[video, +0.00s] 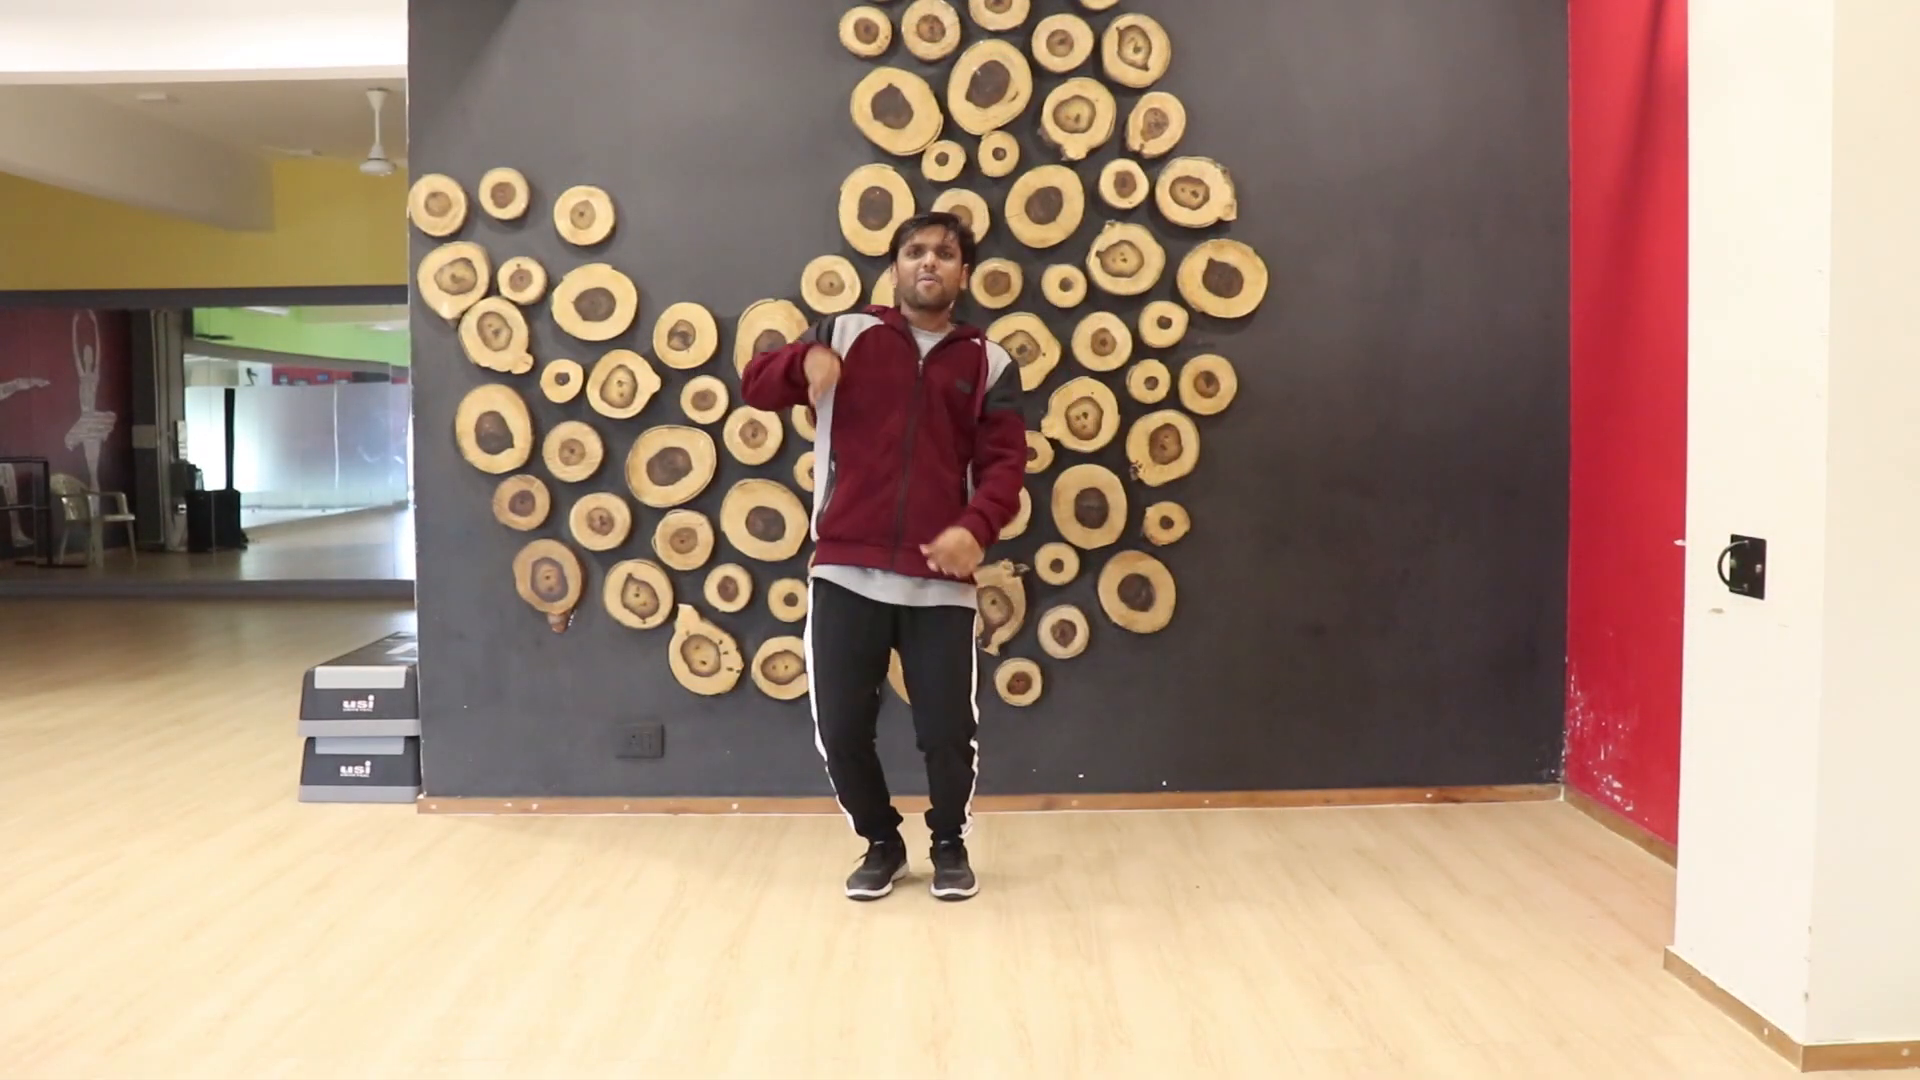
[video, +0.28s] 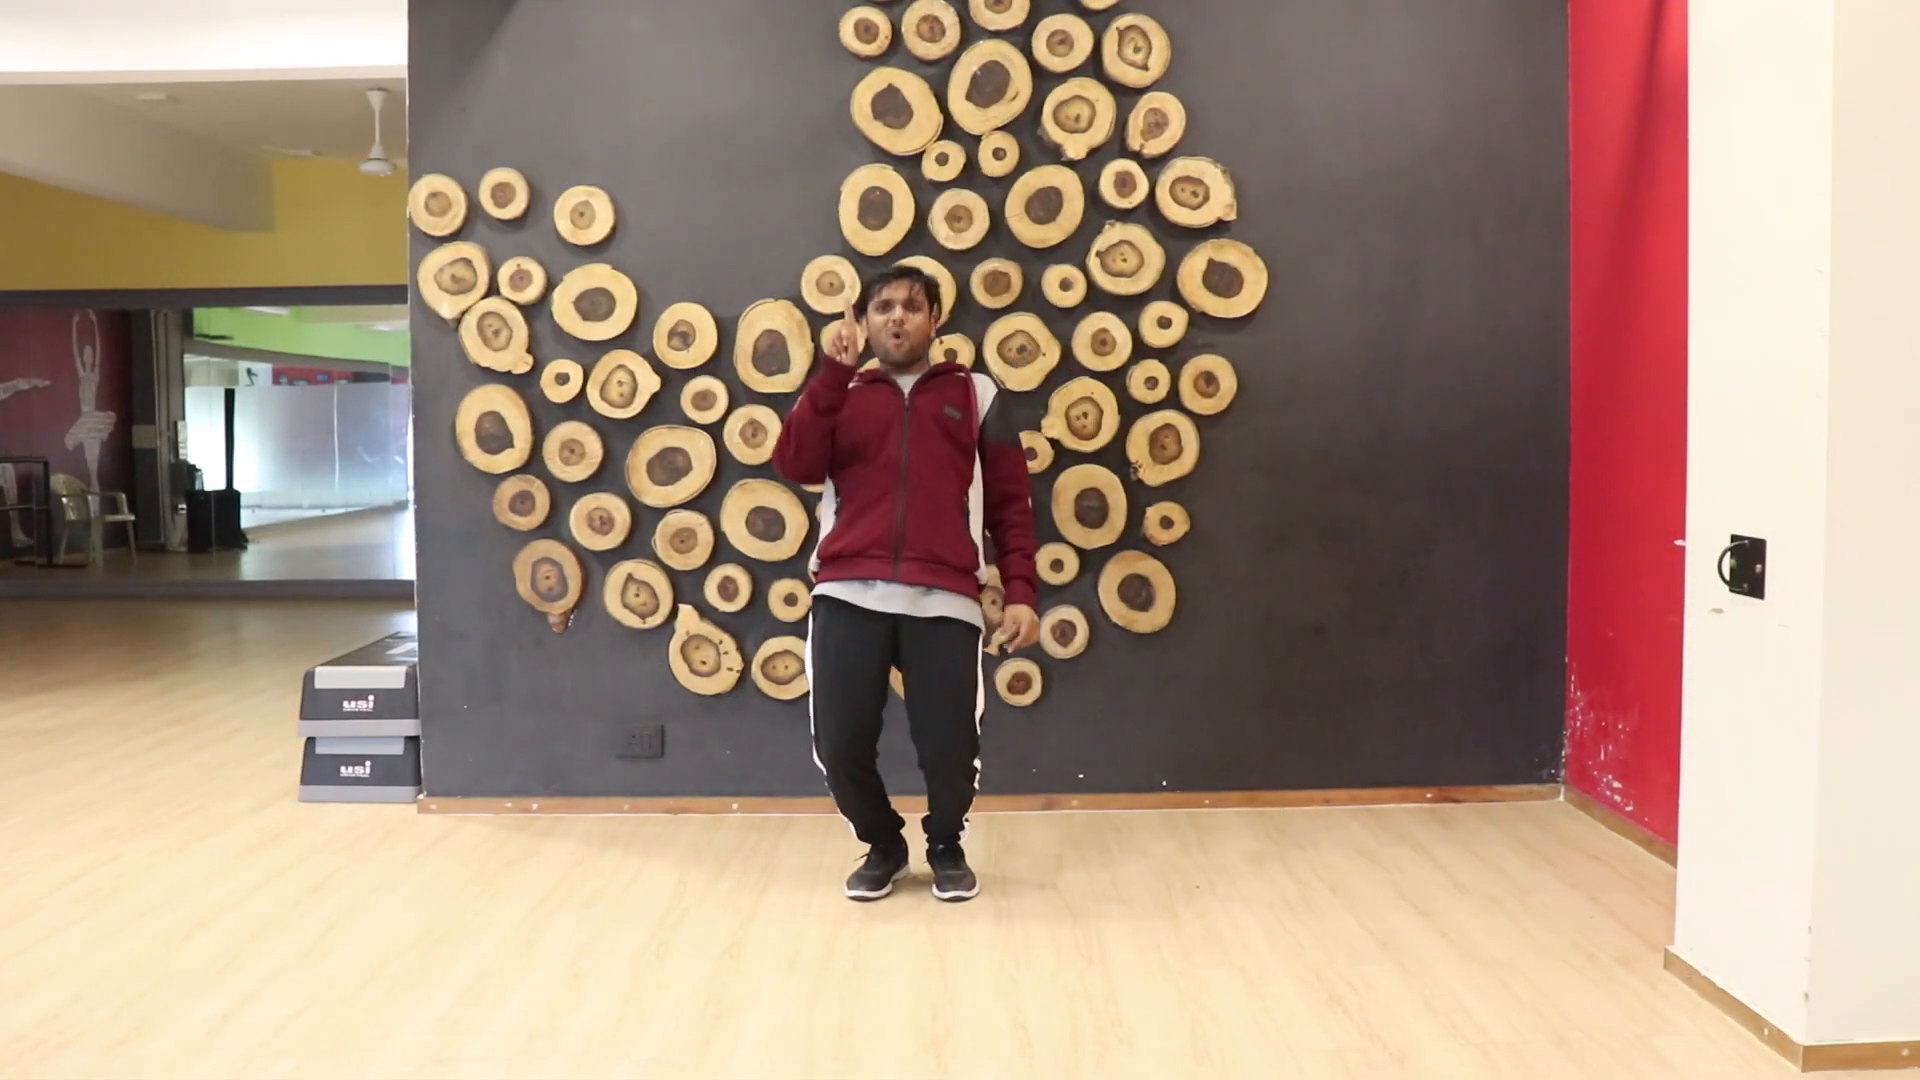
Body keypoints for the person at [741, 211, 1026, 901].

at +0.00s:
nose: (929, 263)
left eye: (944, 254)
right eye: (916, 252)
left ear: (965, 274)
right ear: (893, 269)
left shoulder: (986, 361)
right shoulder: (847, 333)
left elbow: (1005, 460)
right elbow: (755, 385)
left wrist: (975, 527)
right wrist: (802, 358)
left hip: (940, 576)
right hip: (846, 570)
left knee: (947, 730)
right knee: (839, 731)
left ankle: (948, 844)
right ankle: (881, 844)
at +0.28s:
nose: (898, 317)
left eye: (911, 307)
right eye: (885, 307)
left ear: (934, 321)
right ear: (865, 324)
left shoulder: (974, 393)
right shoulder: (841, 393)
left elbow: (1010, 497)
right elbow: (796, 465)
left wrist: (1020, 593)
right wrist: (832, 373)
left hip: (944, 597)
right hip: (848, 592)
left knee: (950, 744)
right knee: (838, 745)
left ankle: (945, 846)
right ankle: (883, 846)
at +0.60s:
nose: (909, 244)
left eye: (921, 233)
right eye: (894, 234)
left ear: (942, 248)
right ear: (872, 252)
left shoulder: (982, 329)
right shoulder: (843, 326)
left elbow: (1029, 417)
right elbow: (787, 377)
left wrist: (1053, 487)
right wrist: (821, 309)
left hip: (949, 545)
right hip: (857, 542)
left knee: (952, 706)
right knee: (861, 706)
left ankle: (949, 843)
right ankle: (883, 843)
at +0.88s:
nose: (919, 232)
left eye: (933, 223)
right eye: (904, 222)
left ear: (954, 243)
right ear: (882, 242)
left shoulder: (990, 328)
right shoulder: (845, 324)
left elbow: (1032, 439)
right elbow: (812, 417)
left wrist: (1029, 542)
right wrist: (833, 485)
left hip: (953, 550)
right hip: (864, 546)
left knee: (951, 702)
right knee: (863, 702)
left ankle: (949, 841)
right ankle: (883, 841)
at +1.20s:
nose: (923, 243)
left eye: (936, 232)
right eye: (908, 232)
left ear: (957, 250)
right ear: (886, 251)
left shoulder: (998, 334)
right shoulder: (850, 338)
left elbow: (1026, 447)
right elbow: (828, 453)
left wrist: (1002, 540)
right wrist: (847, 553)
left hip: (954, 556)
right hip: (866, 554)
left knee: (944, 703)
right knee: (858, 704)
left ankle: (946, 843)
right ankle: (883, 842)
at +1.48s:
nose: (933, 267)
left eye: (945, 256)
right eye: (918, 257)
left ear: (965, 271)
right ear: (894, 273)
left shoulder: (1009, 344)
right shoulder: (868, 360)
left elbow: (1047, 436)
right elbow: (853, 461)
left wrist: (1040, 517)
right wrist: (893, 498)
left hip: (984, 548)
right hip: (901, 546)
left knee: (973, 691)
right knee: (917, 670)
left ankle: (953, 838)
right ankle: (895, 806)